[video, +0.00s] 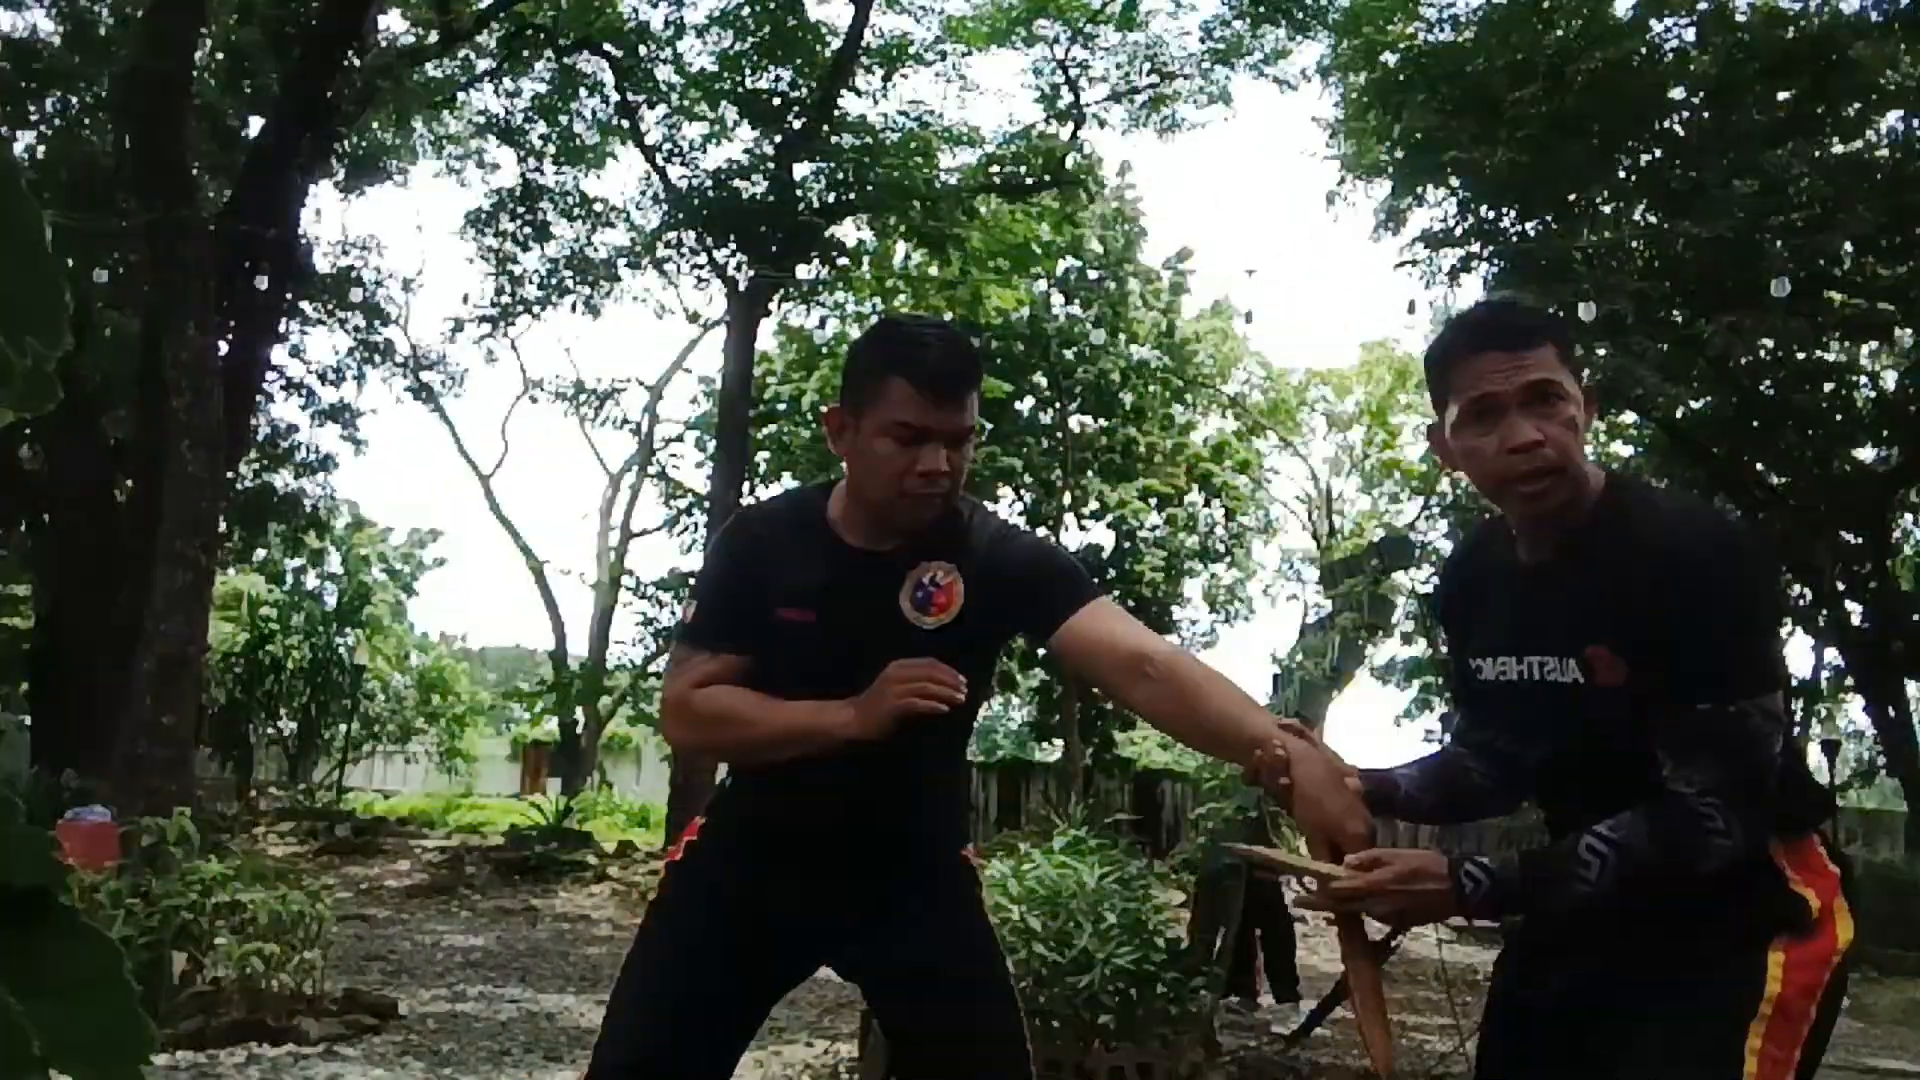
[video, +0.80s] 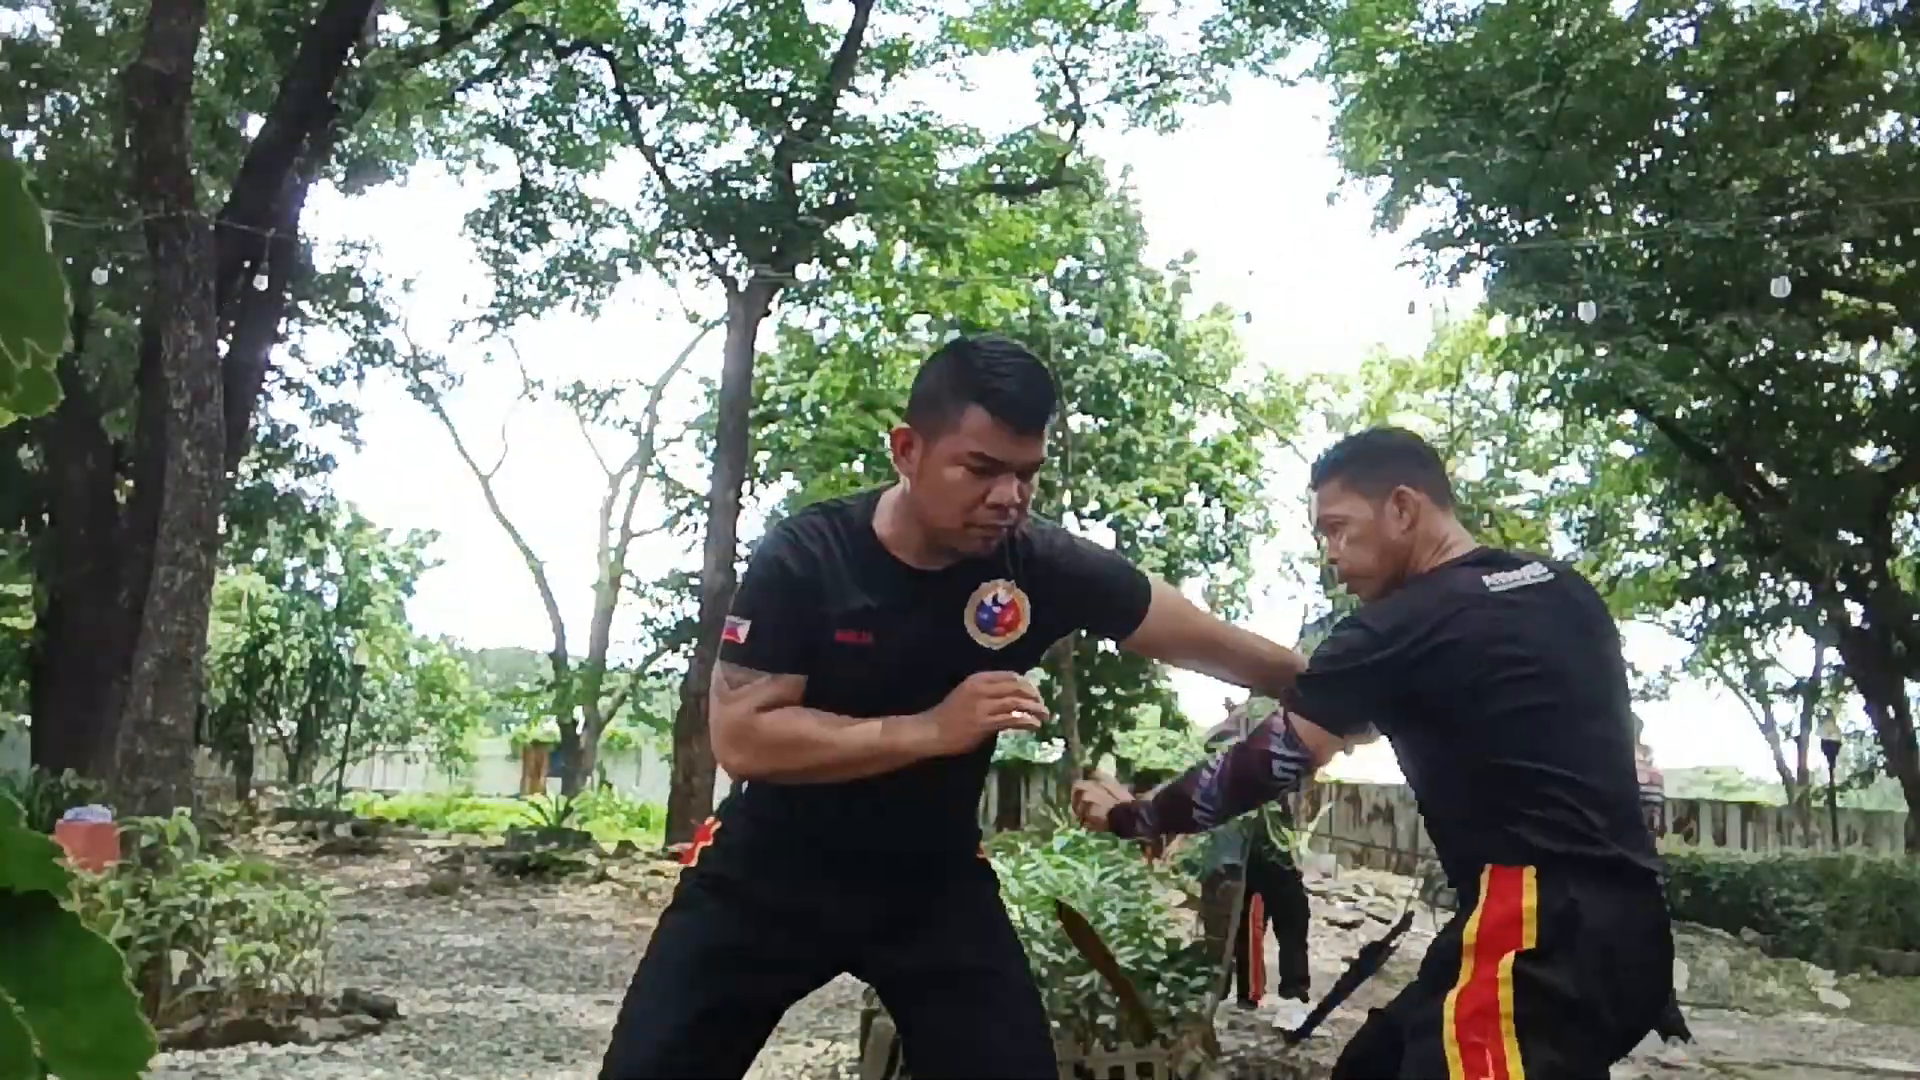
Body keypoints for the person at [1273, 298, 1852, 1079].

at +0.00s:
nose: (1523, 435)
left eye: (1543, 399)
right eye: (1485, 414)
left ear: (1584, 408)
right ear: (1448, 451)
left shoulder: (1701, 550)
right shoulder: (1474, 580)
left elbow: (1722, 816)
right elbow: (1499, 763)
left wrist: (1475, 887)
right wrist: (1361, 790)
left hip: (1752, 909)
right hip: (1588, 896)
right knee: (1516, 1063)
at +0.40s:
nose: (1437, 489)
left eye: (1452, 454)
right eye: (1426, 464)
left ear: (1544, 426)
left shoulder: (1690, 569)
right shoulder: (1525, 568)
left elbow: (1697, 832)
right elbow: (1546, 738)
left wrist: (1480, 908)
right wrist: (1398, 770)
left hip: (1751, 920)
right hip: (1617, 893)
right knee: (1504, 1062)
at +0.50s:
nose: (1389, 514)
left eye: (1397, 481)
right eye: (1381, 488)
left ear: (1474, 453)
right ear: (1477, 456)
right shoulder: (1557, 570)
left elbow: (1591, 848)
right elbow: (1535, 735)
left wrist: (1422, 897)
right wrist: (1406, 745)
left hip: (1702, 931)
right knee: (1490, 1058)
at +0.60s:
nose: (1357, 530)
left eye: (1361, 502)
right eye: (1349, 507)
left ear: (1431, 479)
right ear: (1435, 478)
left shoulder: (1469, 625)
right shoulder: (1591, 552)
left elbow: (1426, 851)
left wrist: (1327, 872)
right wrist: (1397, 712)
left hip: (1612, 932)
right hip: (1699, 915)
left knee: (1447, 1065)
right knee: (1446, 1051)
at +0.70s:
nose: (1339, 546)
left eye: (1343, 518)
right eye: (1333, 524)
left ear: (1410, 494)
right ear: (1419, 491)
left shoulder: (1414, 639)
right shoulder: (1578, 567)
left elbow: (1345, 805)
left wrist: (1266, 872)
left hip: (1558, 933)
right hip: (1657, 921)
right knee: (1398, 1050)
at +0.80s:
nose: (1330, 558)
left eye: (1338, 530)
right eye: (1324, 538)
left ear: (1403, 509)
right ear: (1410, 509)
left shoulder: (1392, 626)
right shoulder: (1566, 585)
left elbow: (1271, 762)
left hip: (1526, 932)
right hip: (1627, 926)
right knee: (1371, 1063)